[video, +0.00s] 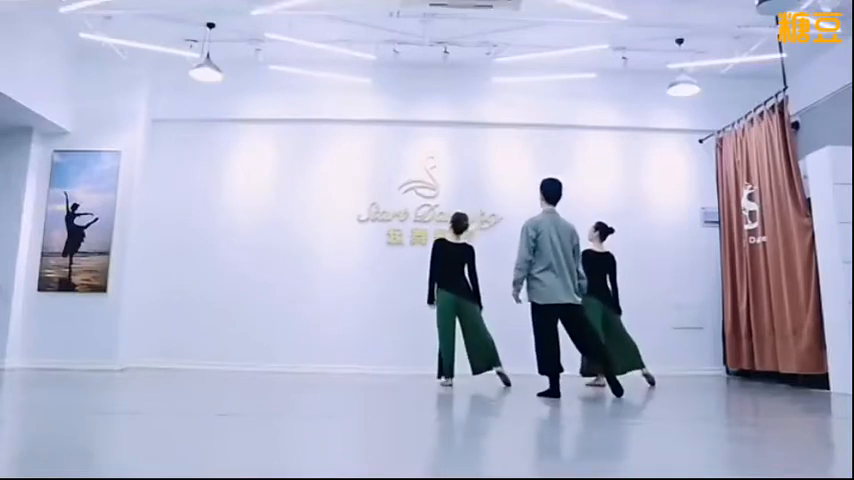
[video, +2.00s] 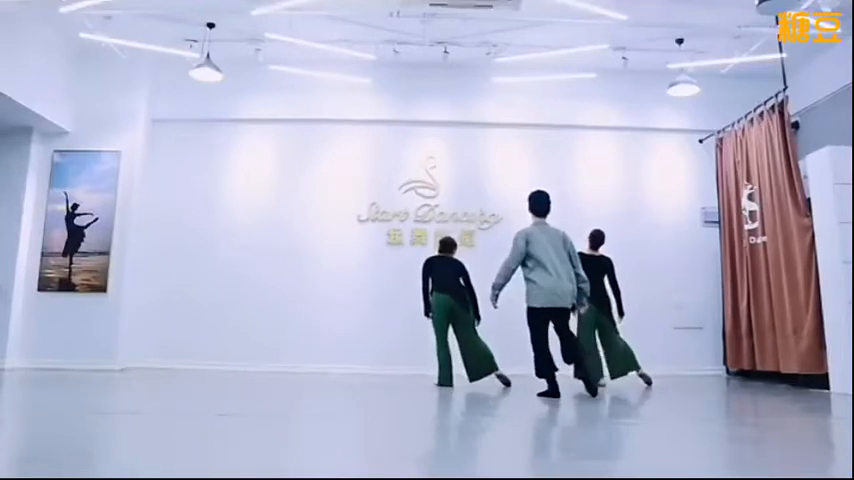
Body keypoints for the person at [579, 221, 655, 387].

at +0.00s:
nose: (588, 232)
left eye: (591, 230)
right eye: (591, 229)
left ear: (596, 233)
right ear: (602, 235)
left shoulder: (585, 255)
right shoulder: (609, 257)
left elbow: (580, 276)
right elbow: (613, 283)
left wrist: (577, 295)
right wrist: (616, 305)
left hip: (590, 298)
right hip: (607, 299)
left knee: (595, 335)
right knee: (622, 336)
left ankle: (600, 376)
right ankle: (642, 369)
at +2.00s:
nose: (591, 242)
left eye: (590, 239)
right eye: (595, 240)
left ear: (589, 240)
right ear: (602, 243)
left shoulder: (578, 258)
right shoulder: (606, 261)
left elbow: (573, 281)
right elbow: (614, 286)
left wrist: (573, 303)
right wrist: (620, 309)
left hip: (585, 306)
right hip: (603, 305)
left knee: (587, 342)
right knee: (614, 338)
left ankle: (597, 378)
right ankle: (637, 369)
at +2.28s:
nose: (587, 251)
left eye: (586, 248)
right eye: (591, 248)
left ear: (584, 249)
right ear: (598, 251)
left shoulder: (576, 266)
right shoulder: (603, 269)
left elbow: (570, 288)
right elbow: (610, 293)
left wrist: (569, 309)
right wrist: (615, 314)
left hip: (585, 311)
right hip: (604, 312)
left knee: (588, 342)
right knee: (599, 341)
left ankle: (595, 377)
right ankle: (618, 370)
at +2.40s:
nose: (587, 257)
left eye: (585, 253)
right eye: (592, 254)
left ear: (581, 254)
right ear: (596, 256)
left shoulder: (573, 270)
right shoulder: (600, 273)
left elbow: (568, 293)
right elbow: (607, 299)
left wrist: (569, 314)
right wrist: (610, 320)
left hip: (582, 313)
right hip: (599, 315)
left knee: (586, 345)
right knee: (595, 344)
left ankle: (585, 376)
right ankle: (599, 374)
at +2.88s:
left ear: (568, 258)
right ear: (579, 256)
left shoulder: (567, 267)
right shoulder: (592, 265)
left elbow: (567, 292)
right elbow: (599, 289)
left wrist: (567, 314)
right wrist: (605, 309)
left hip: (583, 305)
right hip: (600, 306)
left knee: (585, 341)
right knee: (587, 340)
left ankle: (595, 377)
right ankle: (573, 369)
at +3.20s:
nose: (561, 238)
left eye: (561, 235)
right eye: (563, 235)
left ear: (563, 235)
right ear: (575, 235)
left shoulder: (561, 247)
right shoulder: (585, 250)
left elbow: (557, 272)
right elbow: (592, 275)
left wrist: (556, 293)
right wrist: (593, 297)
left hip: (569, 289)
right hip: (585, 290)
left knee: (574, 328)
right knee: (582, 329)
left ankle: (585, 367)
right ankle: (573, 368)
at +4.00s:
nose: (551, 230)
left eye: (550, 227)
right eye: (555, 227)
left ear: (548, 227)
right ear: (562, 228)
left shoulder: (541, 247)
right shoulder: (567, 249)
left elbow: (537, 272)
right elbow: (571, 276)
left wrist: (536, 293)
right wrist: (573, 297)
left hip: (547, 292)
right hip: (564, 293)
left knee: (551, 330)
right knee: (563, 330)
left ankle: (560, 367)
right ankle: (557, 369)